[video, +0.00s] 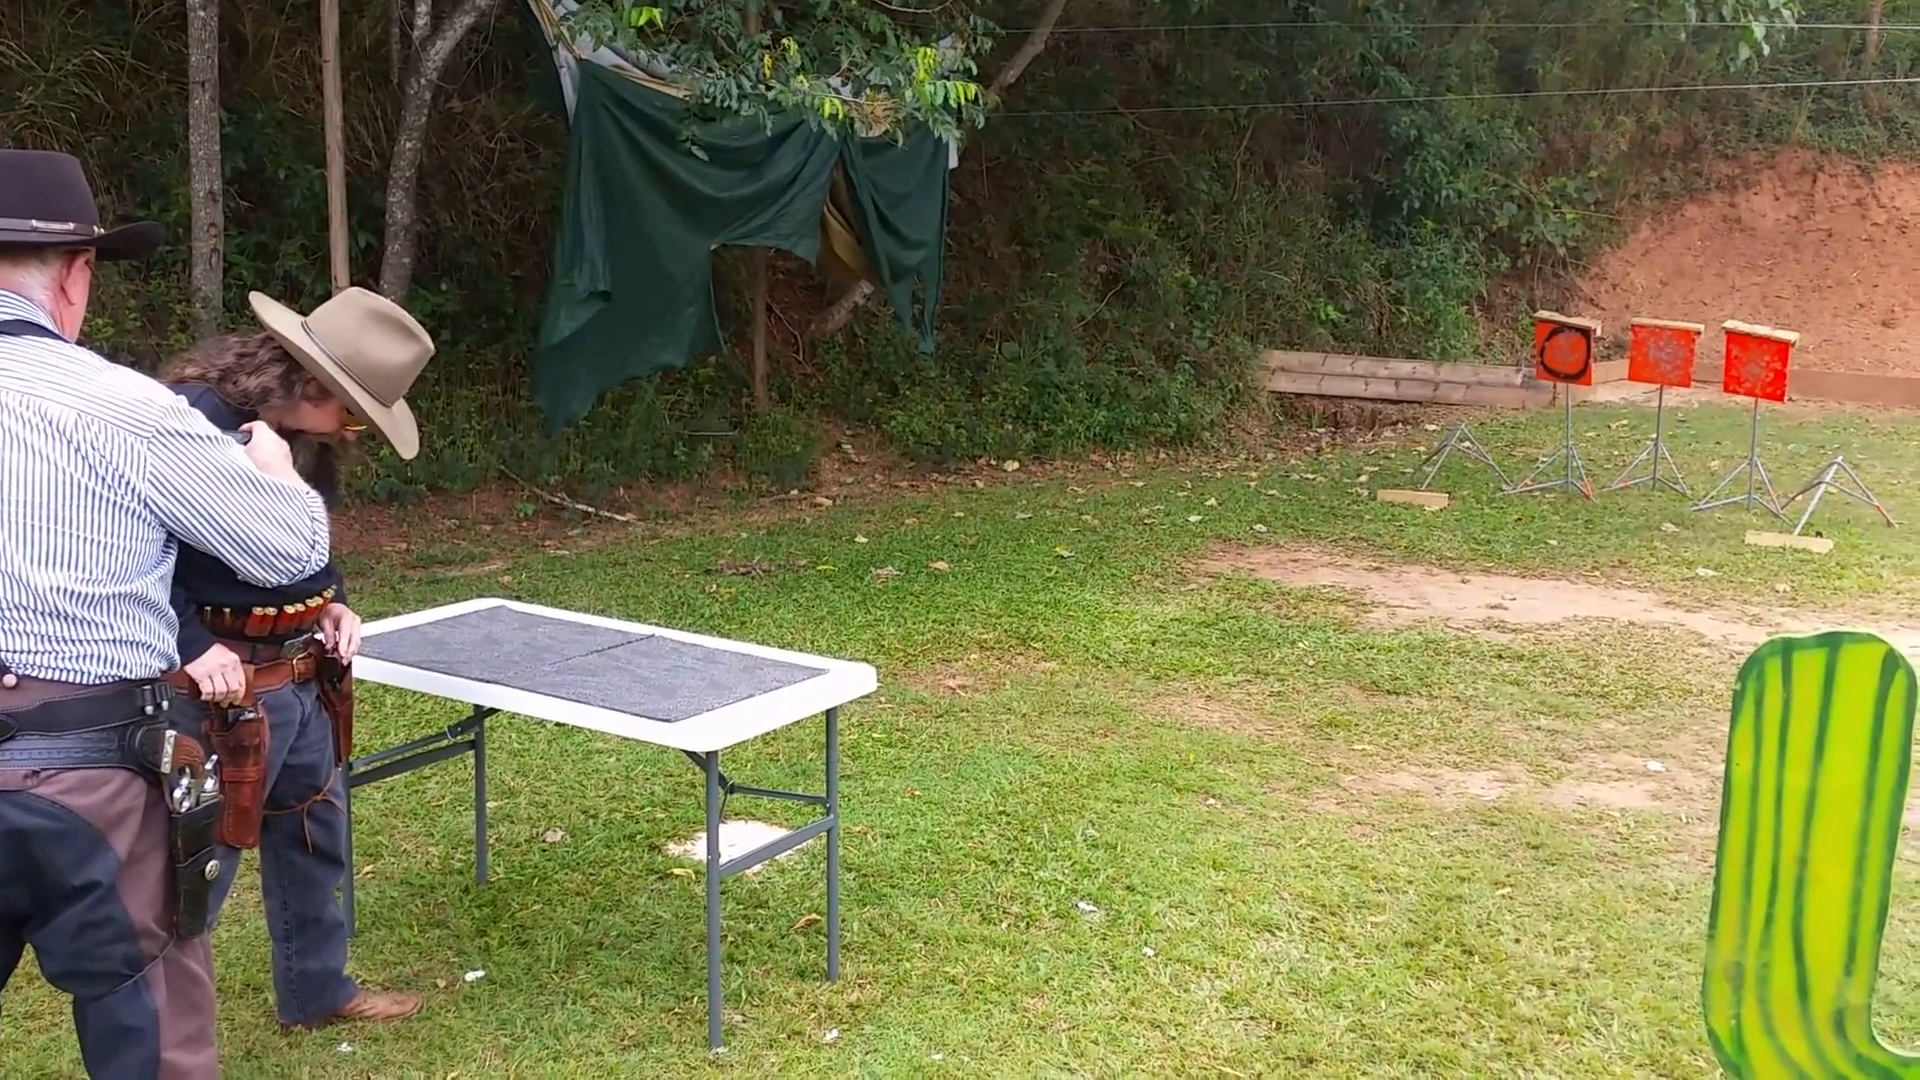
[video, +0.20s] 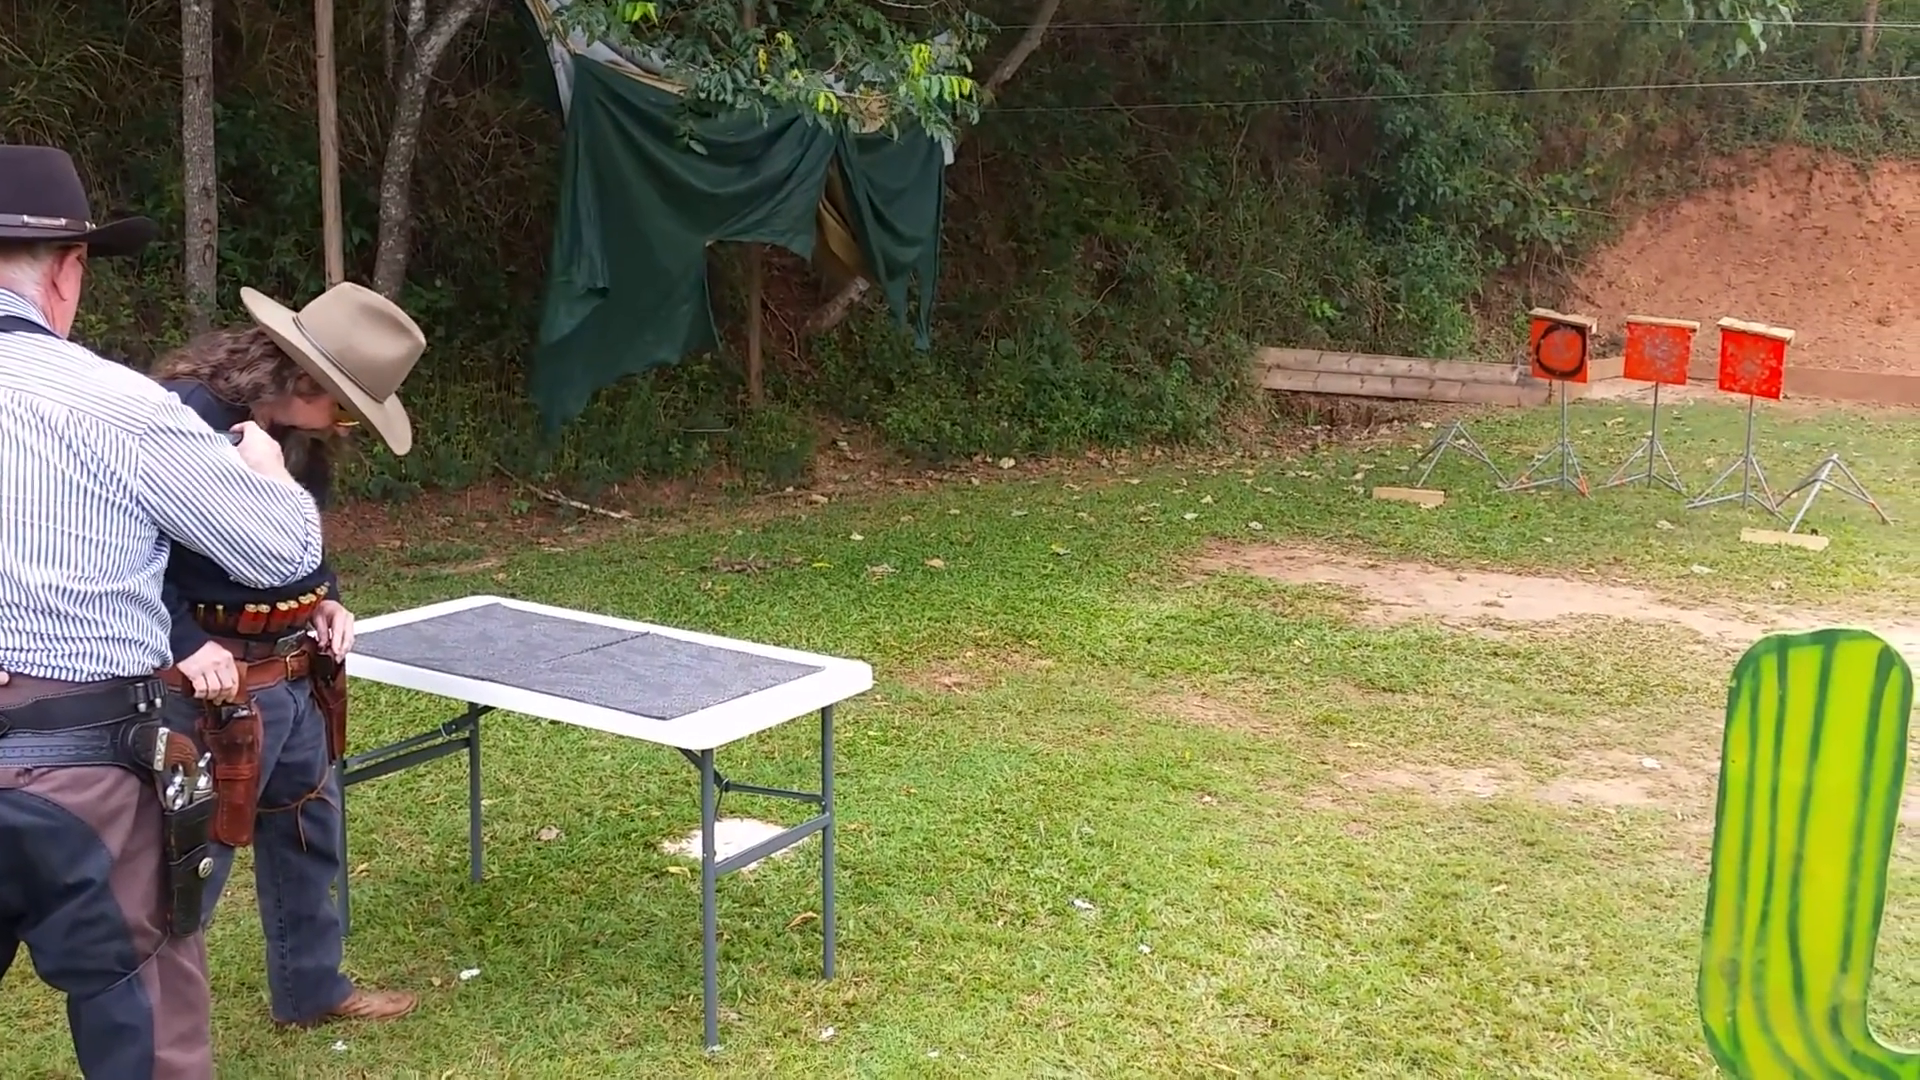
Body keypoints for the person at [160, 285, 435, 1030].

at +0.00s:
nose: (350, 432)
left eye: (358, 421)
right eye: (352, 416)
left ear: (324, 395)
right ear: (320, 390)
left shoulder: (297, 445)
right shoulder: (189, 425)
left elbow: (289, 548)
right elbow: (141, 556)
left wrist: (325, 605)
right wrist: (192, 643)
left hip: (296, 681)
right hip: (215, 694)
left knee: (313, 839)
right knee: (197, 870)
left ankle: (316, 992)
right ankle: (159, 1017)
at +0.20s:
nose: (341, 429)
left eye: (350, 418)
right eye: (343, 413)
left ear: (316, 391)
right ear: (314, 388)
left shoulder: (288, 441)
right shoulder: (180, 424)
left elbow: (288, 544)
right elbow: (128, 559)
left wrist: (319, 601)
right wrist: (183, 643)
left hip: (288, 680)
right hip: (203, 691)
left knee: (306, 836)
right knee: (191, 868)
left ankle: (311, 991)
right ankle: (157, 1020)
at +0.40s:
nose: (337, 423)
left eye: (345, 412)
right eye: (338, 408)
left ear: (311, 389)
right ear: (305, 382)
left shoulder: (293, 439)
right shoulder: (179, 415)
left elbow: (294, 527)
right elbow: (139, 545)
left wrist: (319, 589)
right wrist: (207, 629)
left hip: (281, 666)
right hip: (186, 674)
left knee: (300, 822)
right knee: (186, 856)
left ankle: (305, 986)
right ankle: (149, 1010)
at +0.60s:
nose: (321, 409)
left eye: (328, 397)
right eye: (321, 393)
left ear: (291, 373)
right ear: (290, 370)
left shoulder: (263, 426)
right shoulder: (197, 418)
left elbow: (272, 521)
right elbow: (222, 548)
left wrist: (315, 573)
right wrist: (298, 627)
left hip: (269, 666)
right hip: (203, 674)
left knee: (296, 819)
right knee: (180, 851)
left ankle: (297, 984)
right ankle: (141, 1005)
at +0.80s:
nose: (322, 378)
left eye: (324, 362)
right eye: (318, 360)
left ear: (245, 341)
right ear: (282, 357)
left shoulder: (222, 408)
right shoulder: (212, 412)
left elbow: (236, 524)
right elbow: (263, 553)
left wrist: (297, 562)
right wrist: (303, 623)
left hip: (254, 666)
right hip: (197, 673)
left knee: (287, 825)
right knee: (175, 859)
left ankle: (291, 986)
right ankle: (131, 1006)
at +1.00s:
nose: (303, 340)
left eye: (302, 324)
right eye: (296, 325)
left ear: (217, 325)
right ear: (262, 330)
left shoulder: (167, 379)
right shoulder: (221, 382)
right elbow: (250, 472)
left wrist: (271, 524)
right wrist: (318, 510)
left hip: (233, 651)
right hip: (197, 657)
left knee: (276, 817)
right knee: (175, 852)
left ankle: (285, 982)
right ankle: (127, 1011)